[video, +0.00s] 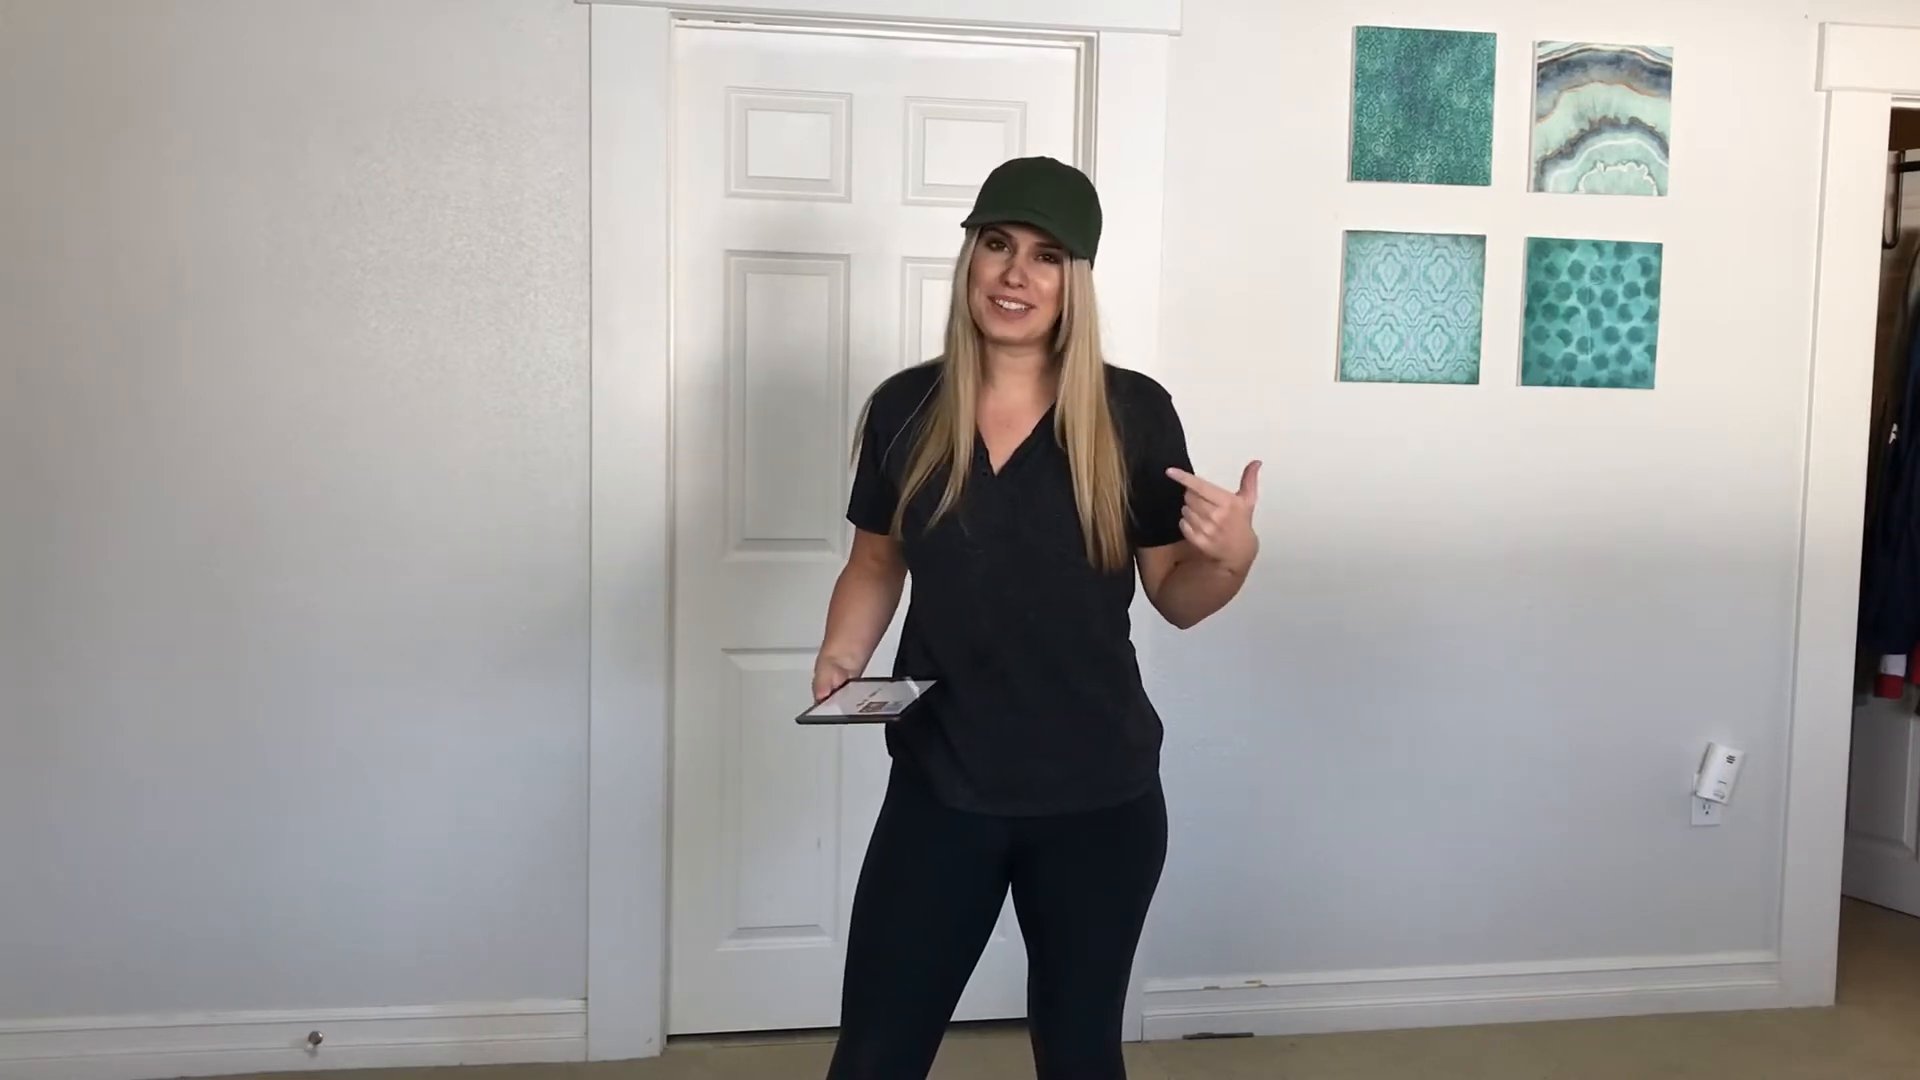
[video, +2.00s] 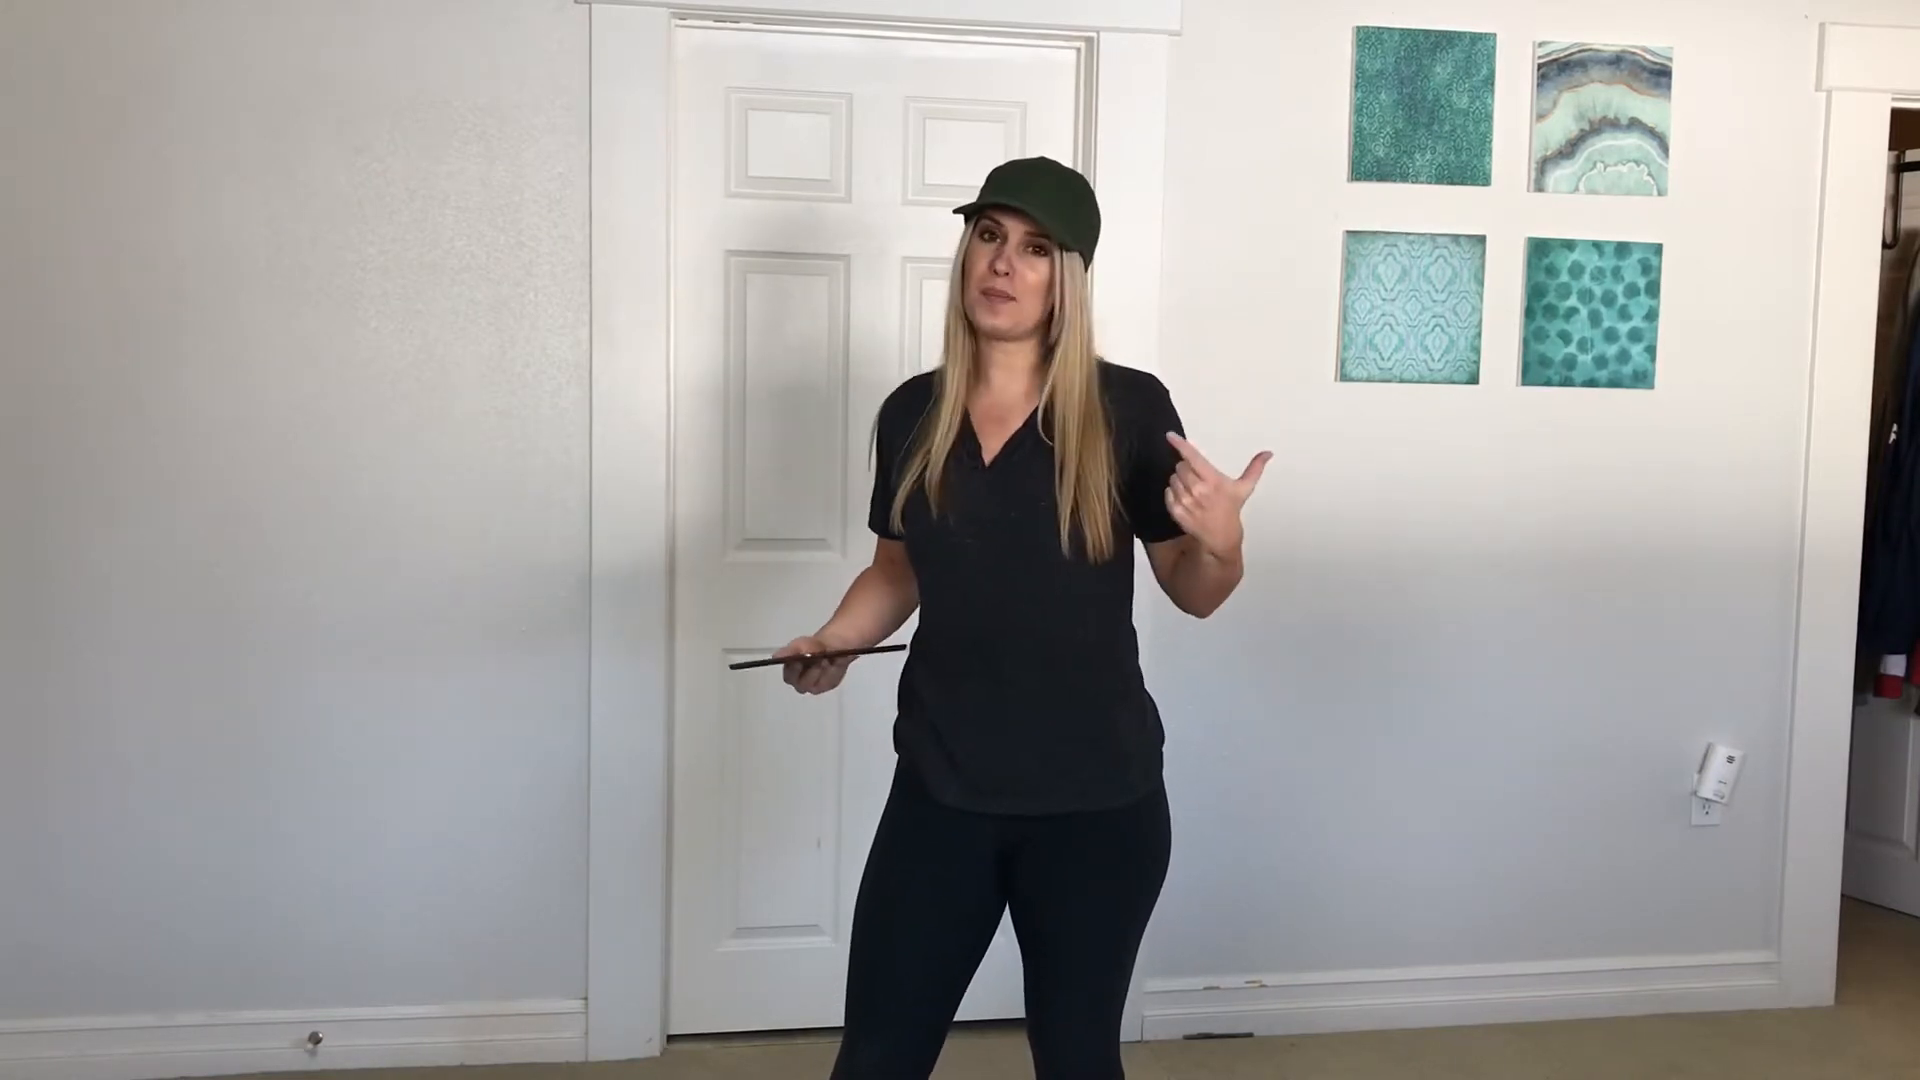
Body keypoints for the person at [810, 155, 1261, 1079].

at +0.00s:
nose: (1015, 272)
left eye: (1044, 256)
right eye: (998, 246)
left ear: (1076, 281)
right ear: (967, 261)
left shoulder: (1132, 411)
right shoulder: (907, 408)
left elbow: (1178, 598)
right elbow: (875, 562)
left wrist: (1229, 559)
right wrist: (840, 658)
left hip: (1096, 792)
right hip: (943, 786)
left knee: (1078, 1055)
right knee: (875, 1056)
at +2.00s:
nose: (1000, 263)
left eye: (1031, 247)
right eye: (987, 238)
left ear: (1068, 276)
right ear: (963, 254)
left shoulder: (1127, 407)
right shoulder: (914, 414)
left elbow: (1192, 591)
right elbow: (899, 567)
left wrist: (1220, 546)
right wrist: (835, 641)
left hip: (1093, 801)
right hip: (941, 797)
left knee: (1077, 1057)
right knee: (875, 1059)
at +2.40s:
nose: (1024, 252)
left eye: (1051, 236)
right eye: (1004, 228)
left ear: (1077, 269)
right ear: (970, 250)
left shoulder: (1123, 405)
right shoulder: (923, 404)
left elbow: (1271, 534)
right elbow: (908, 552)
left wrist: (1208, 428)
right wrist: (848, 631)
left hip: (1086, 799)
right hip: (937, 793)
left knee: (1072, 1059)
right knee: (874, 1058)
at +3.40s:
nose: (1031, 252)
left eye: (1059, 234)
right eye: (1009, 228)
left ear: (1090, 261)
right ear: (978, 251)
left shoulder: (1140, 409)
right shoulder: (930, 399)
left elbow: (1207, 578)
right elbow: (916, 542)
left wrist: (1163, 527)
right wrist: (865, 609)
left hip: (1079, 798)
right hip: (929, 790)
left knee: (1068, 1056)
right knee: (869, 1056)